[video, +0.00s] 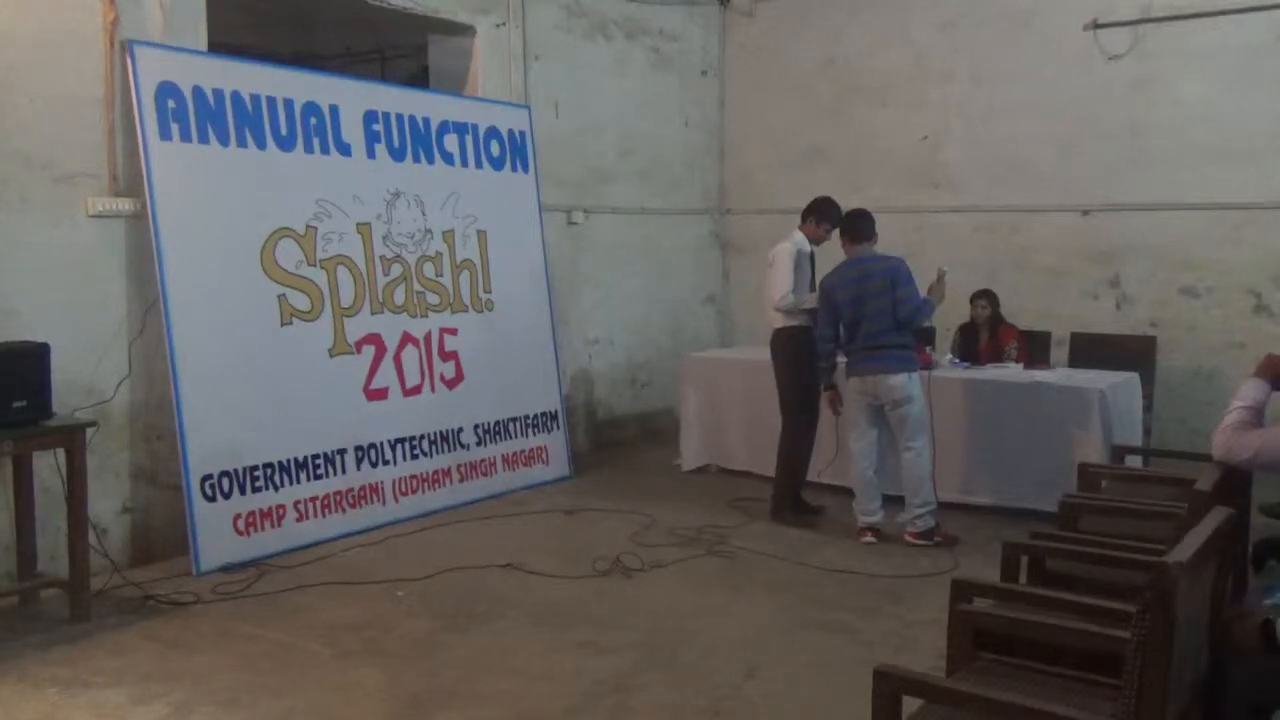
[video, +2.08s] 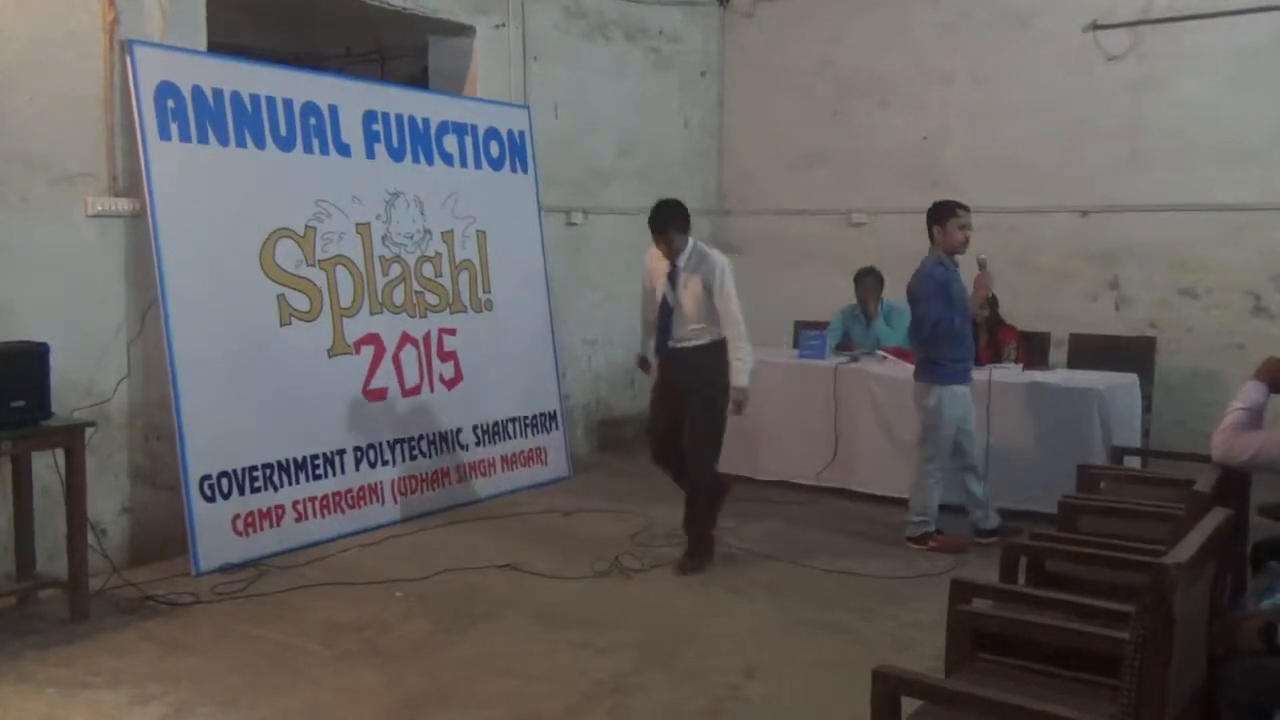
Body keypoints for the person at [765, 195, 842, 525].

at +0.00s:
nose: (827, 237)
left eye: (830, 231)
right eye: (826, 229)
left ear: (815, 223)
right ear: (811, 221)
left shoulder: (805, 252)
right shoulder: (787, 251)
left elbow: (800, 298)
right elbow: (781, 300)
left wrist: (824, 301)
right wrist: (820, 299)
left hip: (805, 337)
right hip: (790, 338)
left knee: (807, 420)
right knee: (796, 421)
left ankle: (794, 494)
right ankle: (783, 501)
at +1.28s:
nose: (784, 226)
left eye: (787, 219)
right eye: (776, 222)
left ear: (795, 217)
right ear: (766, 224)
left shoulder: (807, 251)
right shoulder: (757, 257)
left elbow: (814, 291)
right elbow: (742, 306)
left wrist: (813, 317)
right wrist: (786, 323)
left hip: (797, 345)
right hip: (766, 346)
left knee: (795, 423)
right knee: (768, 425)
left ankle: (791, 495)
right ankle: (762, 503)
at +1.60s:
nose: (732, 249)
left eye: (736, 241)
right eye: (725, 244)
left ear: (749, 229)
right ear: (718, 239)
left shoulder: (780, 254)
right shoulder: (714, 259)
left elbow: (797, 298)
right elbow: (703, 307)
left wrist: (784, 335)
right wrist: (729, 336)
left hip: (772, 353)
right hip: (734, 355)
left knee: (773, 430)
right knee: (740, 435)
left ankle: (781, 494)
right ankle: (755, 507)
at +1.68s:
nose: (726, 253)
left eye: (729, 245)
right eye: (718, 249)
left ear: (740, 233)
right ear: (708, 246)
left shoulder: (771, 257)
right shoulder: (703, 265)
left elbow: (793, 299)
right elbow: (695, 311)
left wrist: (778, 337)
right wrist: (717, 338)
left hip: (763, 349)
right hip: (727, 351)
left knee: (751, 425)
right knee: (734, 430)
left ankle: (758, 505)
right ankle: (752, 501)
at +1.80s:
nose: (702, 263)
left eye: (705, 256)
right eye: (696, 258)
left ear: (719, 245)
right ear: (690, 253)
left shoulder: (754, 265)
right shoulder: (692, 274)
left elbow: (783, 312)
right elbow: (687, 314)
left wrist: (770, 355)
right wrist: (691, 350)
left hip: (750, 353)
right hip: (713, 355)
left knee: (732, 436)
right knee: (734, 434)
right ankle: (757, 505)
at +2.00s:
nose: (674, 256)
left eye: (678, 248)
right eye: (668, 250)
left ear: (695, 241)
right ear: (665, 246)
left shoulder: (725, 271)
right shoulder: (668, 270)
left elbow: (745, 329)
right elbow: (665, 321)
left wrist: (762, 385)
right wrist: (657, 364)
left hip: (717, 363)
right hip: (683, 365)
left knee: (700, 457)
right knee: (687, 455)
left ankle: (699, 545)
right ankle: (735, 491)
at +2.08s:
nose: (664, 248)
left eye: (670, 240)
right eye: (659, 240)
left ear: (686, 232)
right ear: (654, 236)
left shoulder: (713, 264)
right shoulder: (654, 258)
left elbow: (734, 324)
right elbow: (649, 307)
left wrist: (739, 381)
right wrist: (645, 349)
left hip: (707, 358)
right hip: (670, 360)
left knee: (699, 453)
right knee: (661, 446)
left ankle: (699, 545)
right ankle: (709, 487)